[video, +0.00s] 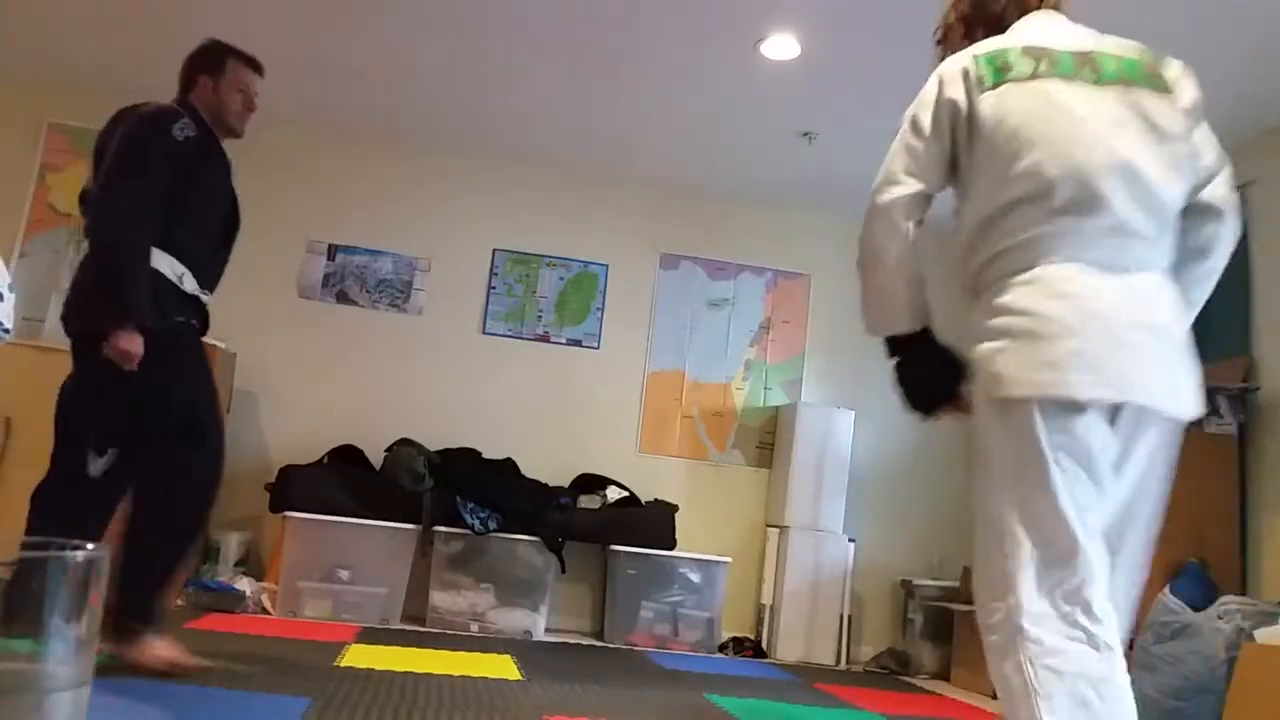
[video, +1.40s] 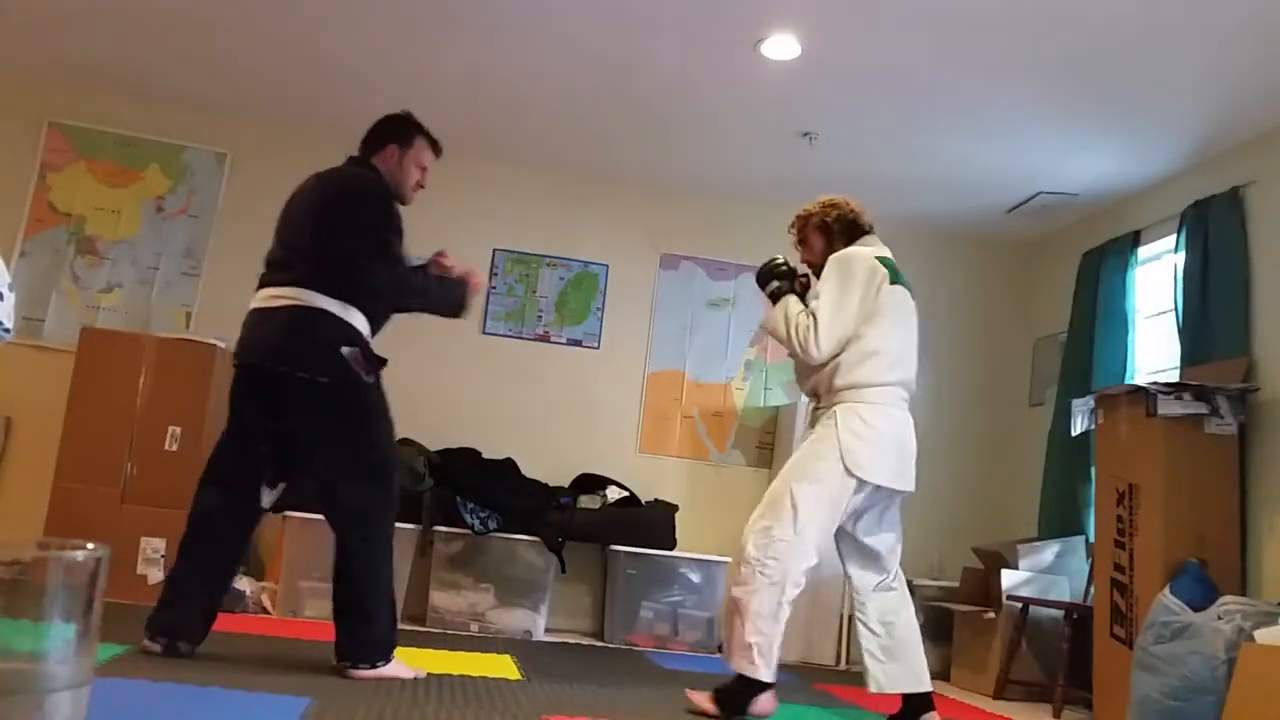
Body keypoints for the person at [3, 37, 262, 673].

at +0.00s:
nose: (252, 107)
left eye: (255, 99)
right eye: (243, 94)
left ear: (213, 94)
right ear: (204, 86)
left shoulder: (203, 152)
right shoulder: (163, 130)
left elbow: (170, 246)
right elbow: (122, 220)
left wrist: (176, 325)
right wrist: (122, 319)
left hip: (137, 330)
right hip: (151, 332)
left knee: (83, 475)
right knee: (188, 469)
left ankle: (28, 617)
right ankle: (135, 625)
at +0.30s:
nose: (311, 130)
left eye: (313, 119)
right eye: (304, 115)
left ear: (266, 112)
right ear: (265, 106)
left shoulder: (213, 147)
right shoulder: (238, 150)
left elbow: (170, 230)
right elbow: (197, 228)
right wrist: (189, 330)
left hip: (167, 331)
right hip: (213, 337)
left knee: (113, 480)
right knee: (241, 493)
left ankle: (30, 614)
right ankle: (223, 646)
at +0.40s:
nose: (335, 134)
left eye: (338, 124)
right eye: (329, 119)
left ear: (286, 113)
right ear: (290, 109)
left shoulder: (233, 147)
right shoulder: (267, 153)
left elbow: (198, 234)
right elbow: (236, 235)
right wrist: (233, 333)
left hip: (180, 317)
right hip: (229, 325)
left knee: (151, 472)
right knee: (252, 489)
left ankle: (64, 614)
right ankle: (227, 647)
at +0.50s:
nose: (356, 137)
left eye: (360, 127)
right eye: (349, 122)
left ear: (306, 118)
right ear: (314, 113)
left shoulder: (251, 150)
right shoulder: (290, 153)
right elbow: (277, 241)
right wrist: (288, 336)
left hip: (191, 314)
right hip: (239, 317)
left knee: (183, 469)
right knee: (256, 484)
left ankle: (83, 614)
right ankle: (227, 646)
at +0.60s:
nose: (368, 139)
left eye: (372, 129)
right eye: (362, 124)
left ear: (314, 118)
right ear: (327, 114)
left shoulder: (253, 151)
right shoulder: (307, 156)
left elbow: (246, 257)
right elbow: (312, 249)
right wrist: (350, 337)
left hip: (201, 322)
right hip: (256, 328)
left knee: (206, 468)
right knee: (267, 484)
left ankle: (116, 603)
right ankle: (230, 646)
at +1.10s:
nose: (380, 164)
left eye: (383, 153)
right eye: (376, 148)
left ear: (335, 139)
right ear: (343, 135)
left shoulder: (267, 175)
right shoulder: (321, 175)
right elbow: (324, 269)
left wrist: (356, 296)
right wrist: (393, 309)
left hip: (221, 329)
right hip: (279, 331)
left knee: (212, 480)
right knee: (346, 466)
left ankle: (168, 630)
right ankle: (279, 620)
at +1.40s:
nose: (423, 183)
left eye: (428, 173)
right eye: (421, 168)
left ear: (379, 156)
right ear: (391, 154)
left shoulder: (315, 188)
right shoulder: (369, 194)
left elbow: (343, 273)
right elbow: (379, 281)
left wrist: (418, 269)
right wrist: (452, 291)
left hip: (262, 347)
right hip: (325, 356)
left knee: (232, 491)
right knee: (367, 504)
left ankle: (170, 631)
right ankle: (366, 654)